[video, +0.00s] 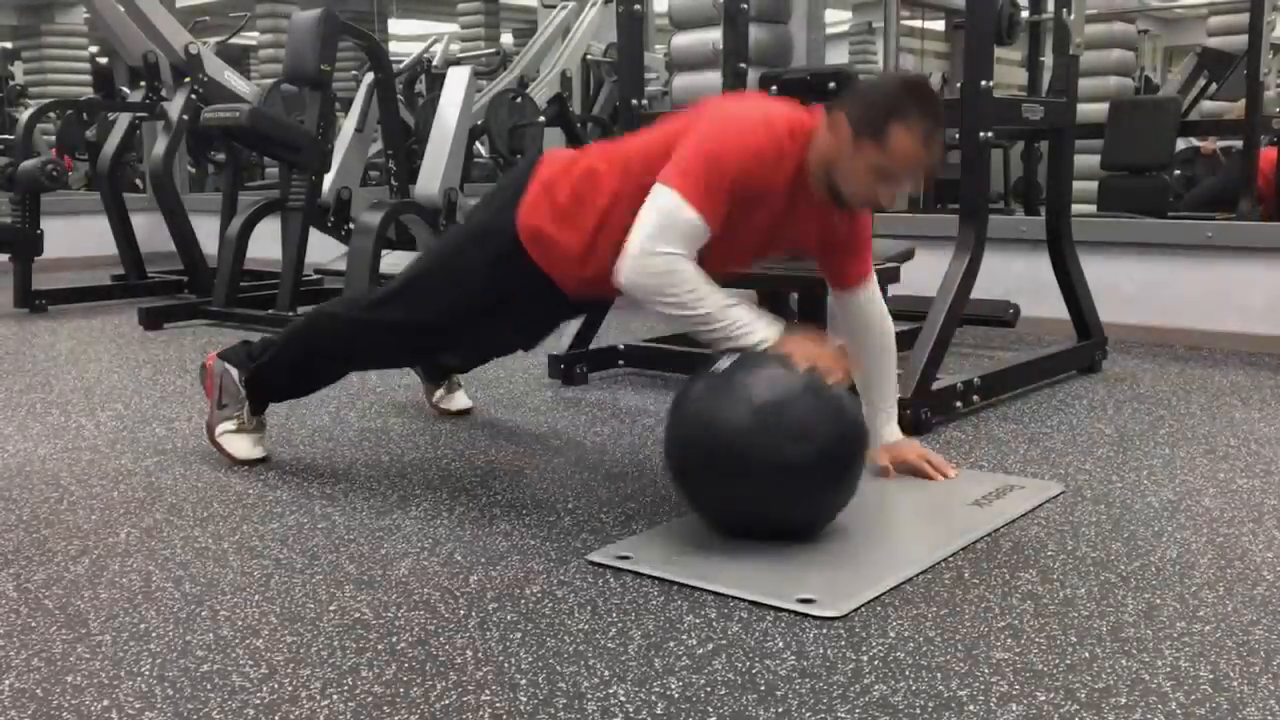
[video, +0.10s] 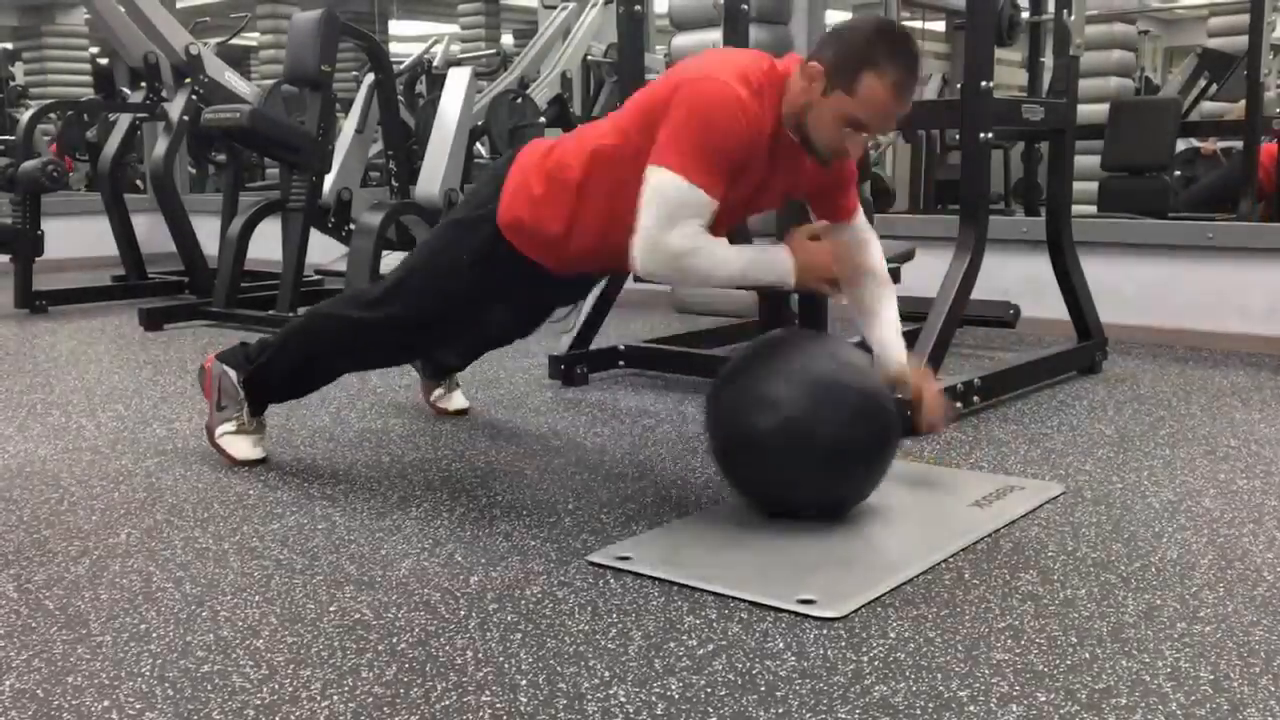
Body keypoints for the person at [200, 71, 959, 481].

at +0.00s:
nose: (889, 199)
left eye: (903, 187)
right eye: (887, 175)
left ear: (890, 169)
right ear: (843, 130)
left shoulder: (841, 203)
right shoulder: (745, 137)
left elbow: (865, 314)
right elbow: (652, 265)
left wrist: (886, 431)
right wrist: (771, 336)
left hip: (594, 269)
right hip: (545, 217)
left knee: (489, 330)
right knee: (404, 317)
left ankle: (435, 363)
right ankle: (242, 375)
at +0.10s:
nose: (861, 148)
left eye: (874, 135)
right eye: (857, 127)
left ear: (872, 112)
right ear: (815, 79)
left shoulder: (826, 141)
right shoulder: (721, 97)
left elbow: (859, 263)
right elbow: (660, 253)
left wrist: (894, 359)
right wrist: (789, 264)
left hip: (592, 246)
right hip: (530, 209)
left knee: (496, 321)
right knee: (397, 322)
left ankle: (432, 368)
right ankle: (240, 377)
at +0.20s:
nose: (854, 166)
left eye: (870, 154)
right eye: (850, 143)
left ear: (869, 131)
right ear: (809, 97)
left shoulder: (815, 129)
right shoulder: (714, 124)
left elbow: (838, 193)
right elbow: (615, 258)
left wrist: (863, 285)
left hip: (591, 259)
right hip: (520, 228)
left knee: (496, 331)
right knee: (393, 331)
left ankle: (435, 366)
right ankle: (238, 378)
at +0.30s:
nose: (872, 245)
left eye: (886, 232)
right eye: (871, 225)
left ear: (862, 188)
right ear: (827, 183)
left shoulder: (820, 173)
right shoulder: (714, 208)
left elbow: (826, 249)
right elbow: (648, 367)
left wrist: (838, 327)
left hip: (584, 277)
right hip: (522, 268)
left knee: (476, 333)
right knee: (388, 347)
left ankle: (431, 371)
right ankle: (234, 380)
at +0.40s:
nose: (890, 373)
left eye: (905, 359)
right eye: (886, 354)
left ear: (885, 303)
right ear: (843, 310)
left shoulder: (846, 249)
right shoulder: (741, 298)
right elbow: (612, 401)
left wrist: (807, 346)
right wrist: (649, 549)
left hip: (578, 272)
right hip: (534, 318)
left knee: (425, 338)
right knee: (385, 370)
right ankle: (236, 386)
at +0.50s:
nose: (890, 463)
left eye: (906, 451)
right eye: (889, 447)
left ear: (878, 378)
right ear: (848, 397)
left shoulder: (853, 310)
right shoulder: (749, 369)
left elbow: (840, 234)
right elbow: (611, 424)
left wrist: (826, 330)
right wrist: (652, 554)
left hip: (599, 323)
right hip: (555, 373)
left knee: (447, 368)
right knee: (402, 407)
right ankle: (240, 387)